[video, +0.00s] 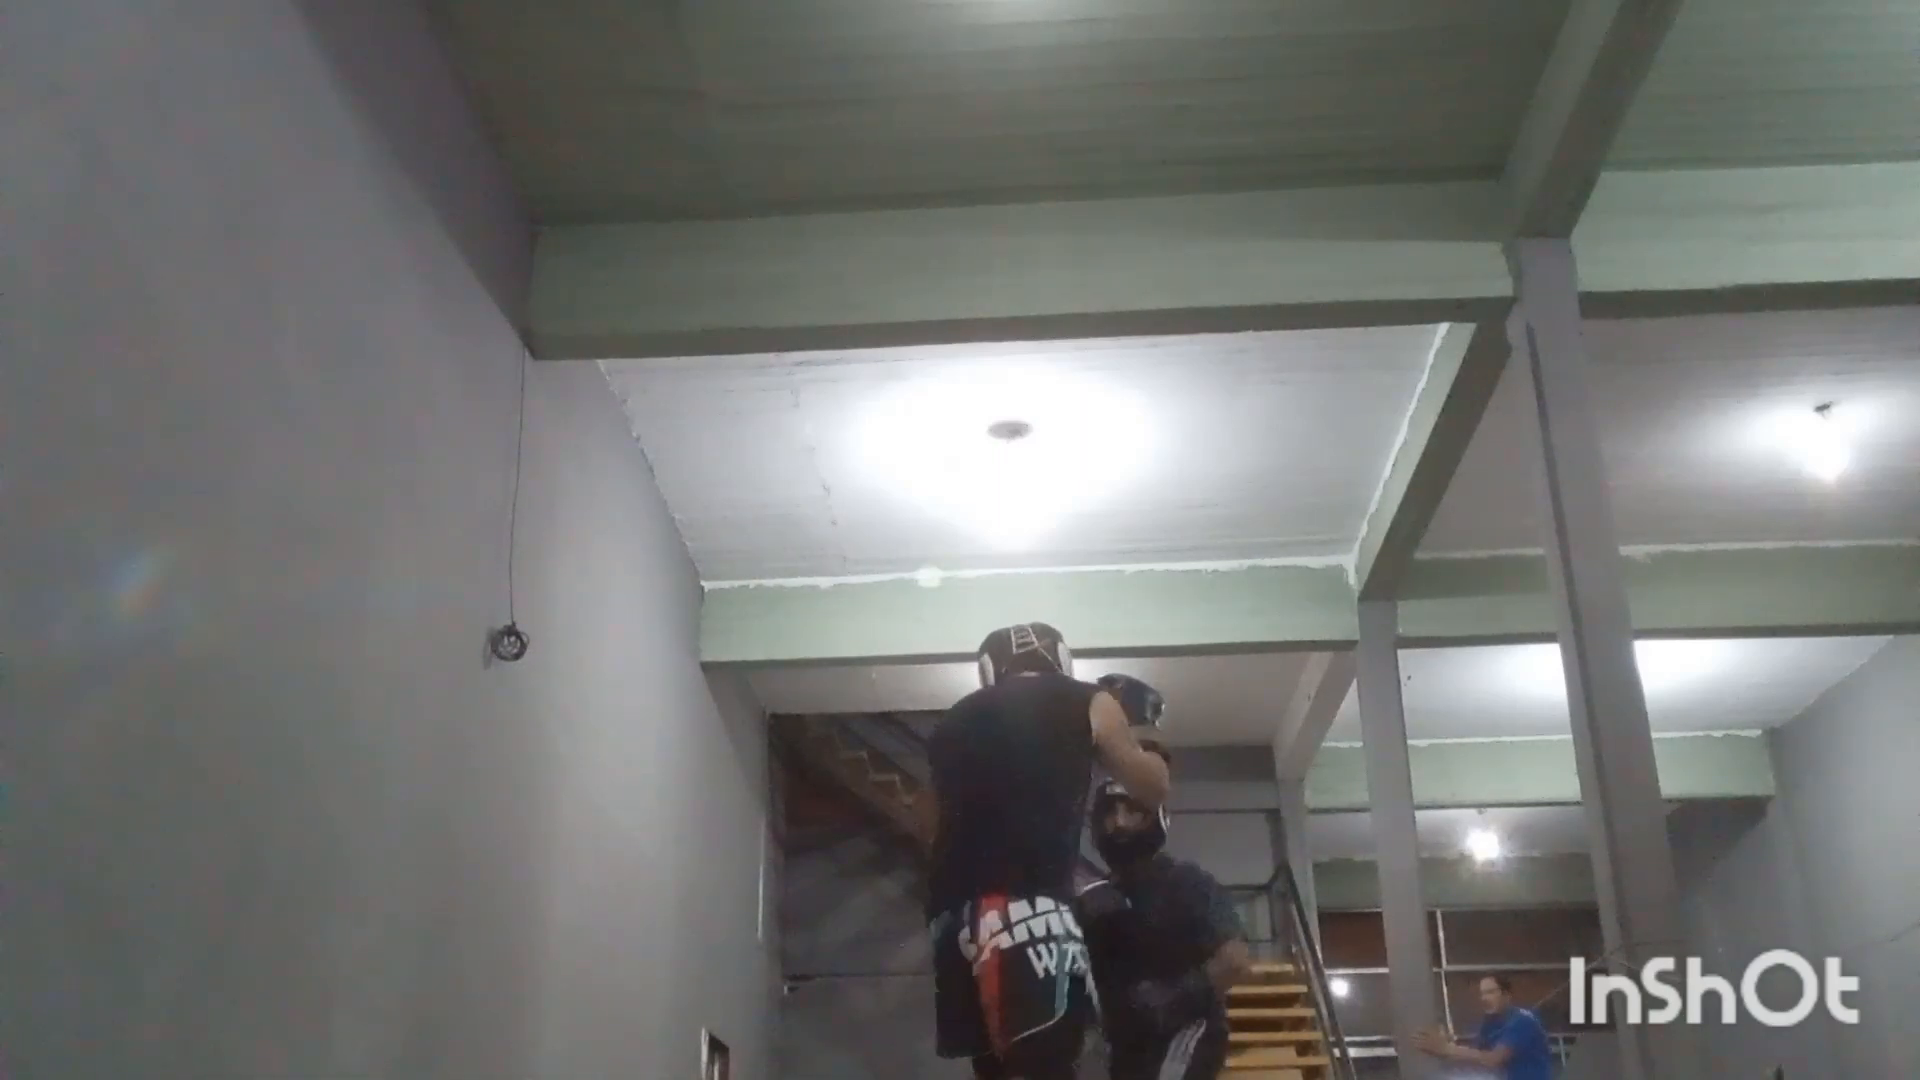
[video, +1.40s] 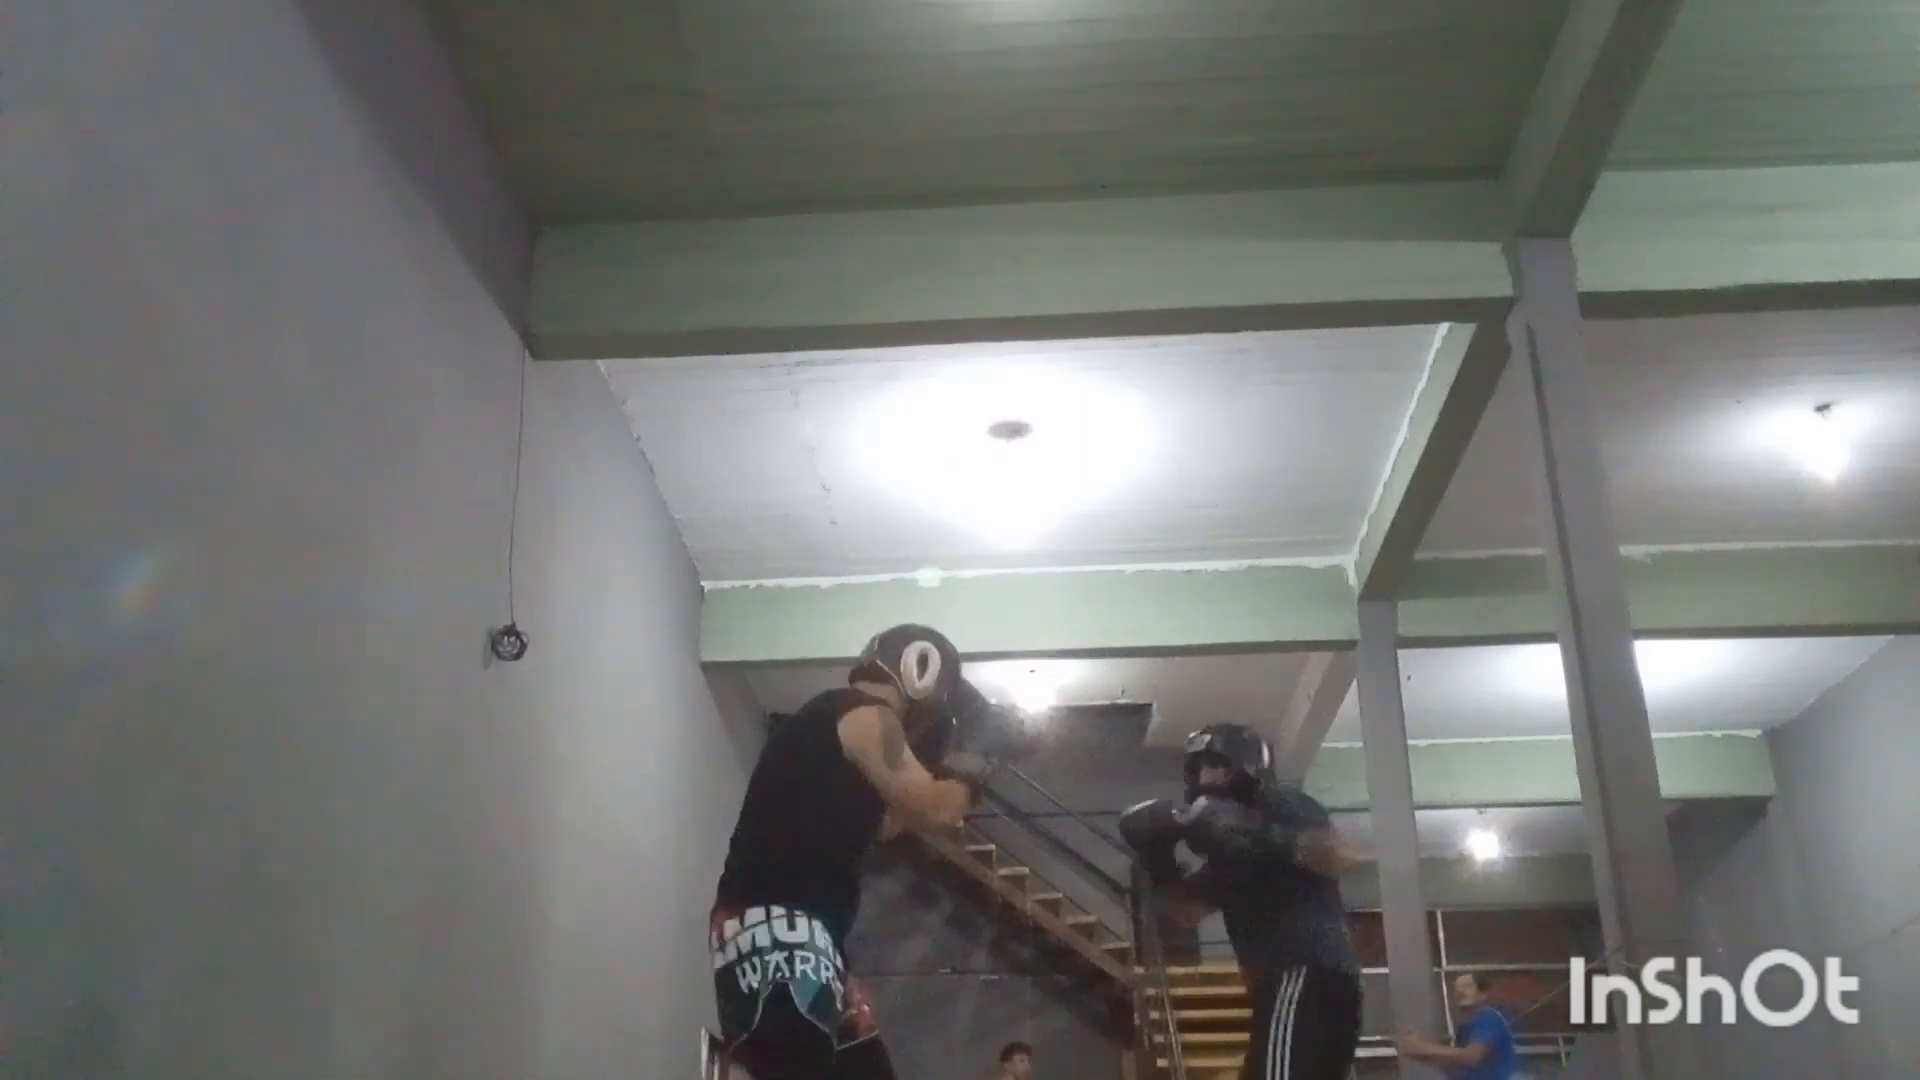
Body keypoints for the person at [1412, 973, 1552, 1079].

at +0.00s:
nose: (1484, 998)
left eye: (1490, 992)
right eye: (1482, 994)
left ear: (1506, 994)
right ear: (1480, 996)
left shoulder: (1523, 1020)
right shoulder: (1491, 1021)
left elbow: (1495, 1060)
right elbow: (1479, 1051)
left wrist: (1446, 1049)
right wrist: (1446, 1046)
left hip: (1532, 1075)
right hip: (1509, 1075)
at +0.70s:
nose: (1485, 996)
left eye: (1491, 991)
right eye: (1481, 993)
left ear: (1507, 993)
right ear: (1478, 997)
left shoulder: (1519, 1021)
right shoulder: (1496, 1021)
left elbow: (1483, 1055)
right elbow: (1482, 1051)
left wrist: (1434, 1046)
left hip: (1528, 1075)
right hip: (1508, 1075)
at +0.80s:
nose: (1478, 996)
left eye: (1484, 990)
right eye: (1476, 992)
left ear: (1502, 993)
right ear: (1473, 995)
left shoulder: (1513, 1020)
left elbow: (1474, 1053)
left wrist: (1421, 1047)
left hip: (1523, 1075)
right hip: (1507, 1075)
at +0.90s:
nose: (1474, 993)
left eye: (1480, 988)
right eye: (1472, 990)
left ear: (1497, 993)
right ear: (1469, 993)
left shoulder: (1508, 1019)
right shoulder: (1487, 1020)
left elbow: (1475, 1053)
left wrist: (1433, 1048)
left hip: (1516, 1075)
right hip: (1498, 1074)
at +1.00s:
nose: (1470, 993)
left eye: (1476, 987)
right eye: (1467, 989)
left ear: (1494, 992)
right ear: (1464, 996)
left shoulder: (1506, 1019)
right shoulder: (1479, 1026)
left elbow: (1475, 1055)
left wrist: (1432, 1050)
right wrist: (1454, 1049)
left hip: (1515, 1076)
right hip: (1492, 1076)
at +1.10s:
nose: (1465, 992)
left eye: (1472, 986)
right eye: (1463, 988)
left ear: (1490, 993)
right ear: (1460, 995)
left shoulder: (1499, 1019)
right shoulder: (1477, 1025)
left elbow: (1472, 1057)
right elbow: (1463, 1055)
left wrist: (1424, 1049)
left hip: (1509, 1075)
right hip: (1490, 1075)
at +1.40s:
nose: (1459, 991)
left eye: (1466, 986)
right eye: (1456, 987)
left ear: (1482, 993)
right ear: (1453, 992)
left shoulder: (1489, 1018)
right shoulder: (1466, 1023)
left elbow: (1473, 1056)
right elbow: (1457, 1057)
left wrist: (1421, 1049)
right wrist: (1421, 1043)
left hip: (1493, 1075)